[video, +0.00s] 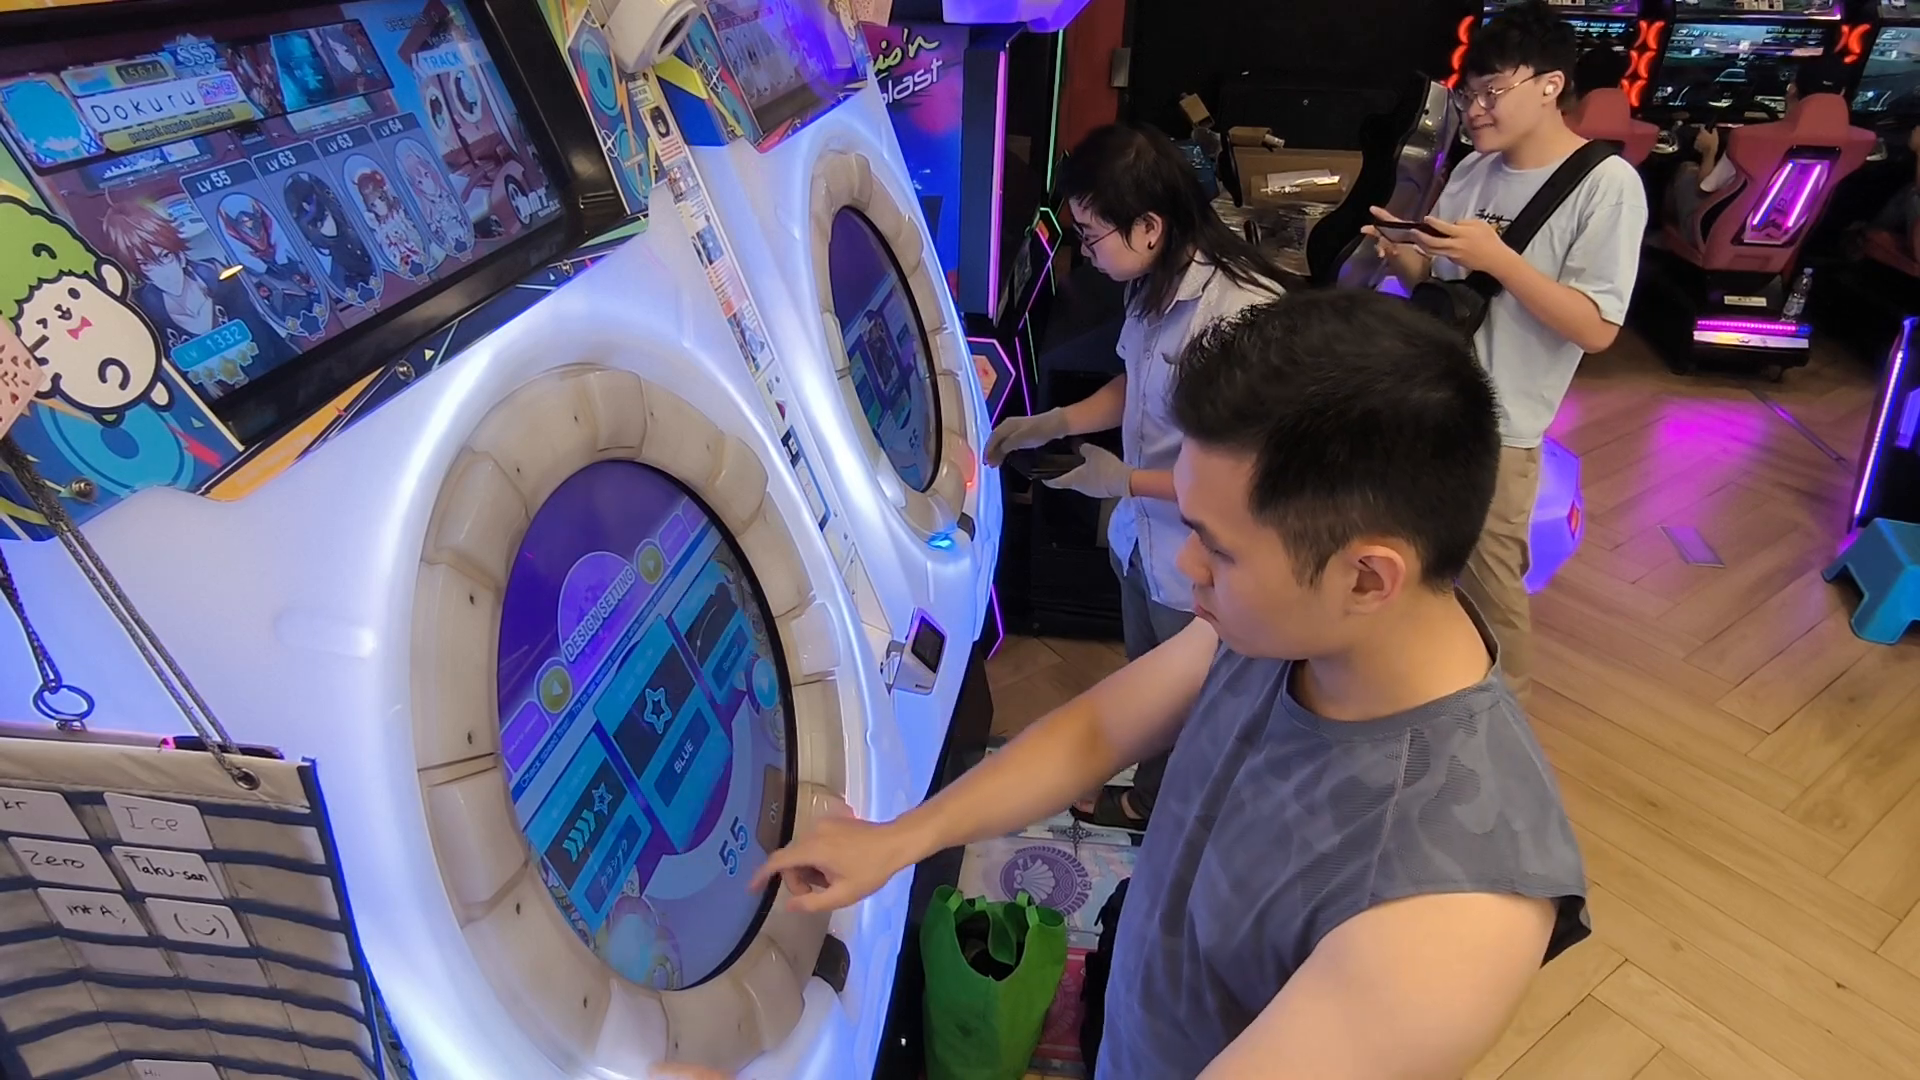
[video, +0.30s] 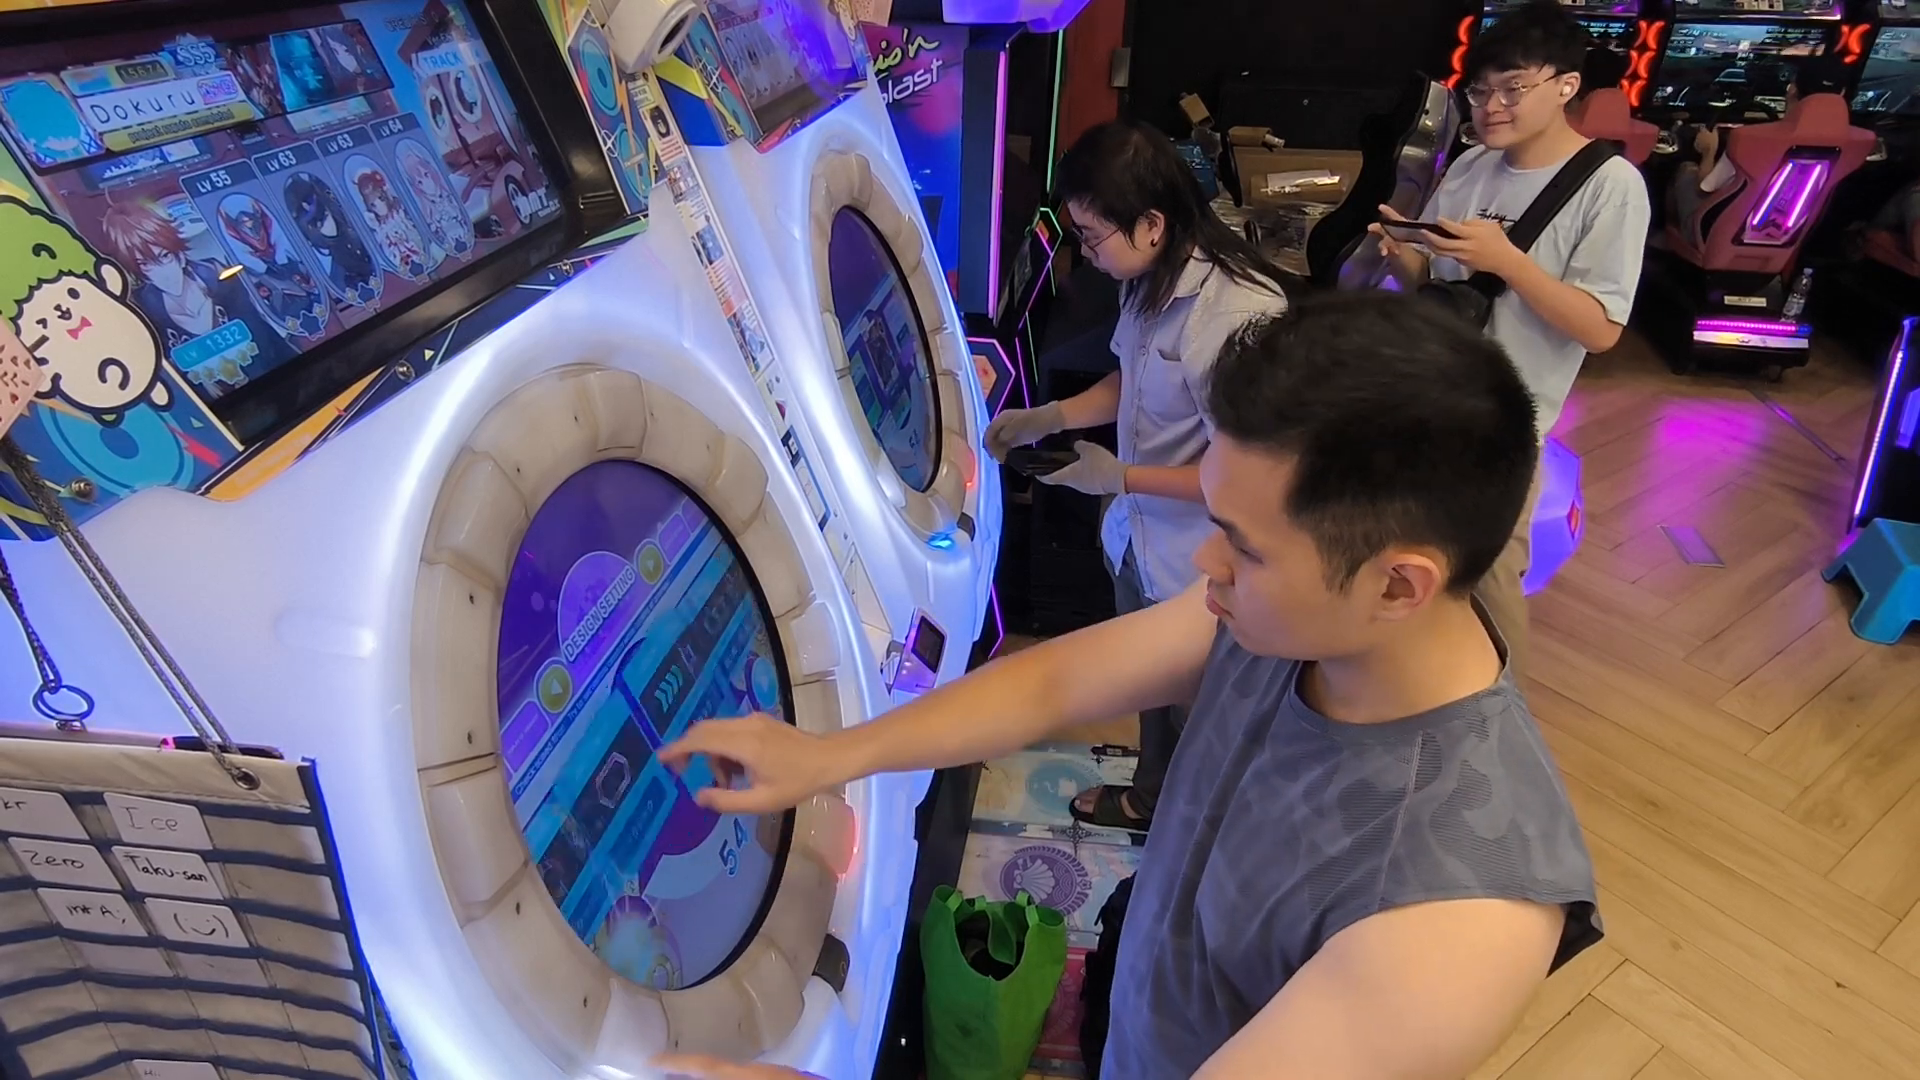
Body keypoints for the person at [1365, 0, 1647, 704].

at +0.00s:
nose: (1477, 110)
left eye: (1493, 92)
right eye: (1471, 96)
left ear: (1550, 87)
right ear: (1464, 100)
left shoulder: (1609, 183)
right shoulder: (1473, 170)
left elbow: (1597, 327)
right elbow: (1423, 269)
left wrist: (1495, 258)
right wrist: (1401, 252)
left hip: (1502, 435)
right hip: (1418, 411)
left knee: (1490, 597)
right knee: (1398, 579)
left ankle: (1498, 724)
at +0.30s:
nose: (1491, 105)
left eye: (1511, 89)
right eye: (1481, 91)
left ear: (1566, 87)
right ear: (1469, 92)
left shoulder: (1612, 184)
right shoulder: (1468, 167)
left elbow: (1601, 328)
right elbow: (1420, 274)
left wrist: (1507, 261)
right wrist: (1403, 252)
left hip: (1507, 427)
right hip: (1420, 398)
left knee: (1488, 579)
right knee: (1396, 571)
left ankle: (1494, 715)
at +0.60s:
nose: (1521, 130)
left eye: (1540, 112)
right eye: (1511, 111)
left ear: (1600, 98)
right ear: (1502, 100)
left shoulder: (1649, 188)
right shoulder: (1493, 169)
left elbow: (1638, 336)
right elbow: (1438, 294)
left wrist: (1549, 269)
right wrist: (1425, 264)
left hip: (1532, 436)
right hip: (1442, 401)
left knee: (1499, 597)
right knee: (1406, 572)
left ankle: (1487, 731)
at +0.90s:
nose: (1557, 146)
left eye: (1578, 129)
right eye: (1547, 126)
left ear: (1640, 109)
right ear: (1537, 110)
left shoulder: (1693, 199)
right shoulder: (1530, 175)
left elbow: (1676, 352)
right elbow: (1461, 302)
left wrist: (1588, 278)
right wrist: (1459, 267)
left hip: (1561, 459)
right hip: (1469, 419)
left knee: (1512, 626)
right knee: (1420, 599)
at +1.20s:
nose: (1534, 138)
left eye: (1554, 120)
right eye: (1530, 118)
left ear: (1621, 111)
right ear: (1526, 106)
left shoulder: (1682, 203)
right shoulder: (1531, 176)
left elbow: (1663, 357)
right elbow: (1474, 299)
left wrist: (1560, 281)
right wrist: (1450, 267)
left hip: (1561, 464)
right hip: (1471, 423)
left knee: (1512, 628)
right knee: (1421, 599)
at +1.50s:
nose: (1443, 124)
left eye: (1463, 108)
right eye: (1438, 107)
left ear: (1523, 103)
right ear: (1430, 102)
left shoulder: (1592, 191)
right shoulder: (1449, 180)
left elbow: (1584, 339)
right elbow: (1415, 295)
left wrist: (1476, 272)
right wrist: (1382, 266)